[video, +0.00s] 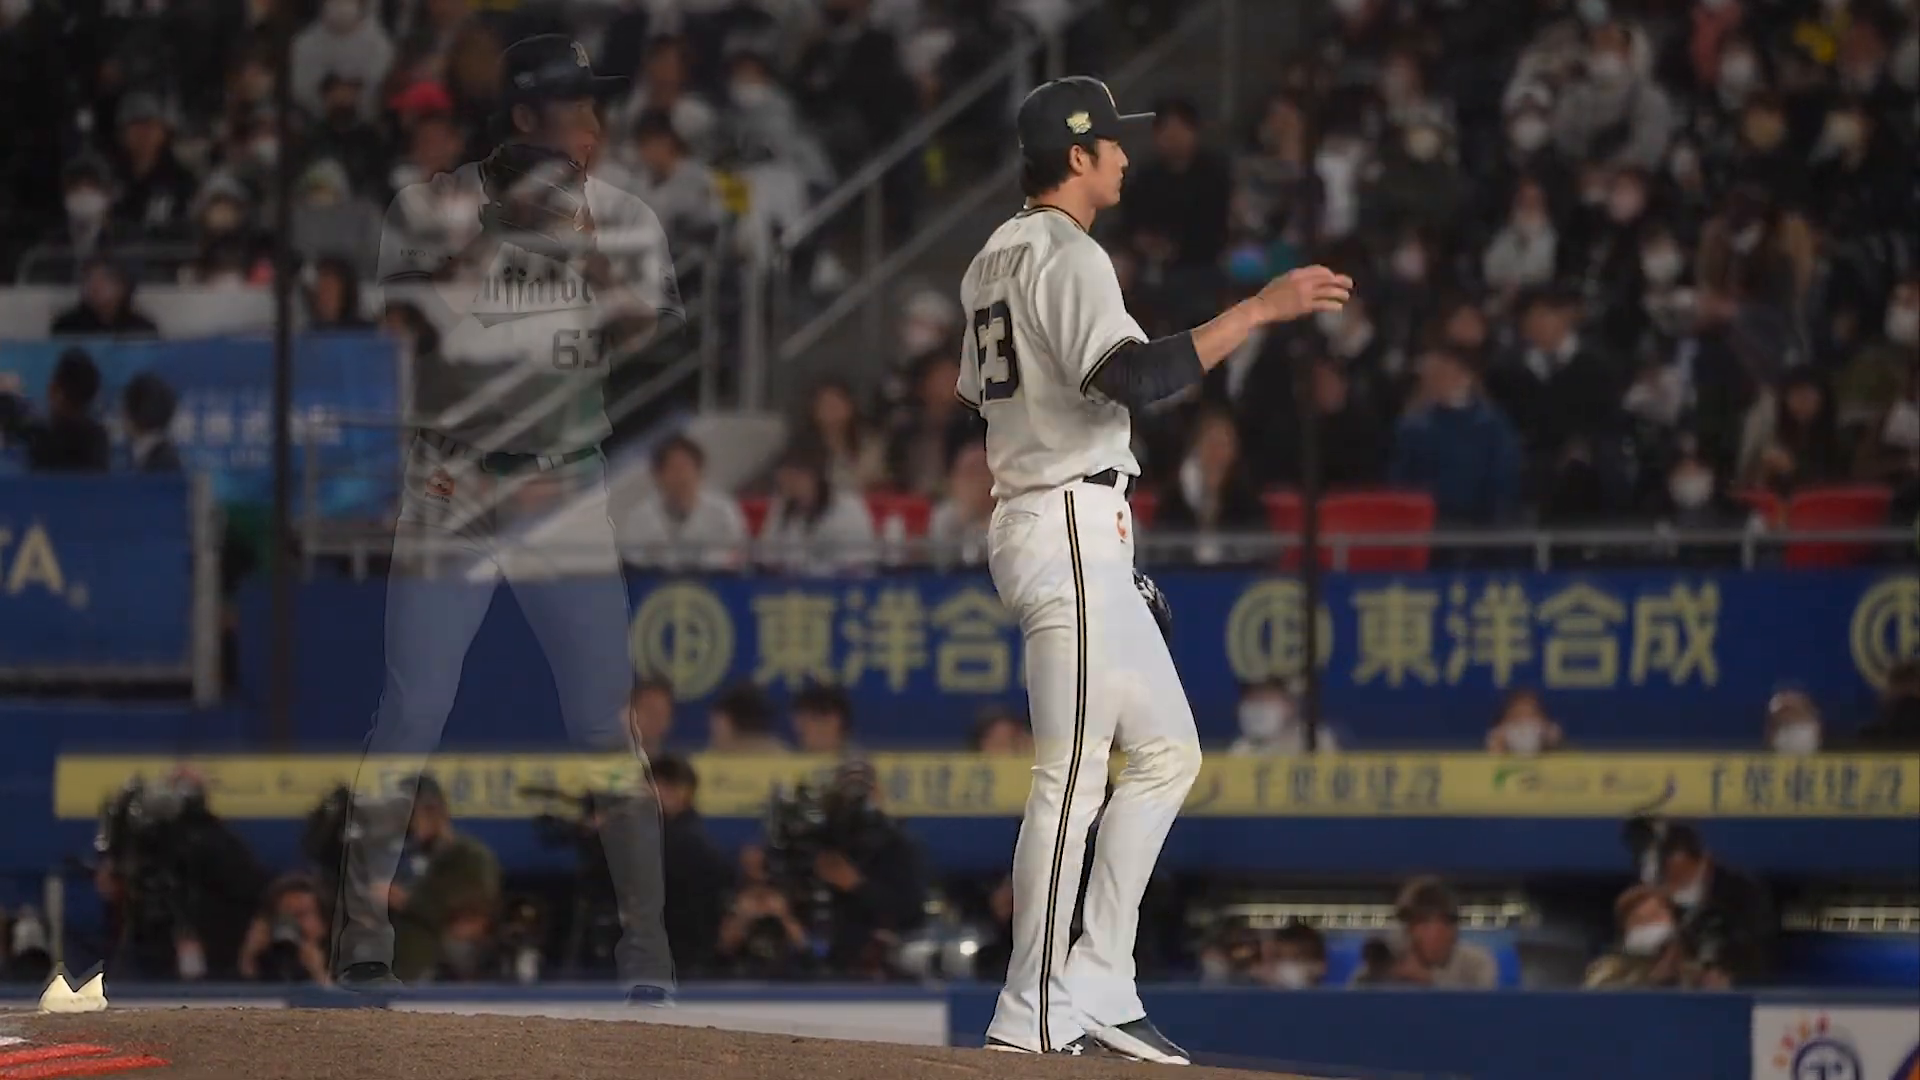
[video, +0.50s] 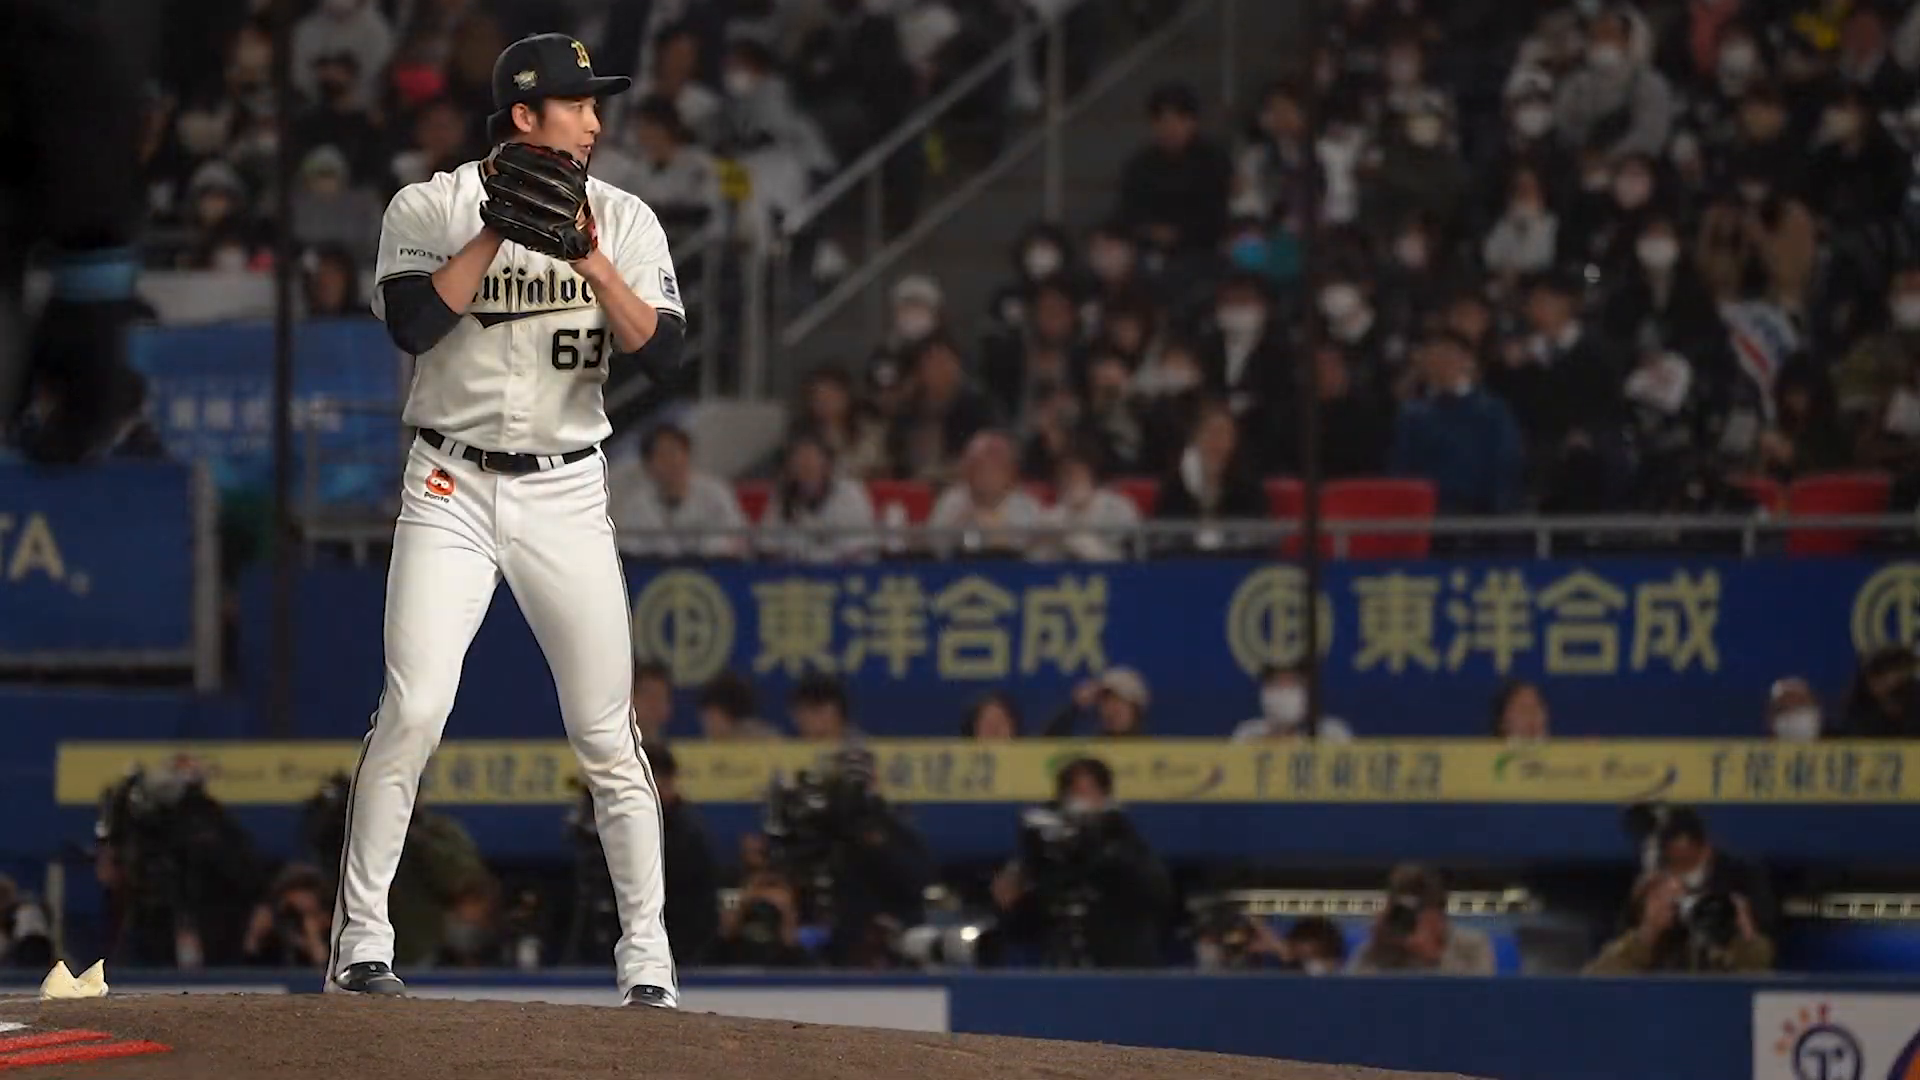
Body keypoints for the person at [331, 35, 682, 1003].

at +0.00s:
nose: (582, 126)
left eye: (591, 106)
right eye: (563, 107)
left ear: (603, 114)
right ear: (517, 110)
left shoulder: (623, 214)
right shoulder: (437, 204)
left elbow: (642, 366)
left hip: (570, 510)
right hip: (449, 511)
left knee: (604, 721)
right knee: (411, 716)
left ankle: (644, 942)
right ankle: (364, 934)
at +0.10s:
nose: (592, 120)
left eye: (596, 104)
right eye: (574, 104)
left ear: (594, 119)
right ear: (520, 113)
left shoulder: (626, 219)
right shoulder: (429, 207)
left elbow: (647, 347)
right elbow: (408, 332)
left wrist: (596, 267)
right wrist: (496, 233)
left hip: (568, 500)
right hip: (448, 495)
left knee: (604, 726)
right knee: (411, 714)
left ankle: (645, 944)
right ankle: (362, 934)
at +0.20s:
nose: (591, 120)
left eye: (595, 103)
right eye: (573, 103)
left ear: (592, 118)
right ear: (519, 113)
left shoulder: (626, 220)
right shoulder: (429, 206)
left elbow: (655, 351)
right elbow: (408, 330)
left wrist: (596, 265)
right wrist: (495, 234)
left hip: (568, 500)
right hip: (448, 492)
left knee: (604, 728)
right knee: (412, 710)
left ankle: (646, 947)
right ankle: (362, 936)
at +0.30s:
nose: (592, 119)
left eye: (595, 103)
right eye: (574, 103)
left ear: (591, 118)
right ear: (520, 112)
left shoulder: (626, 220)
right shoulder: (430, 205)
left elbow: (658, 357)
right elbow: (410, 327)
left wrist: (593, 261)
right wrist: (497, 231)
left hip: (568, 499)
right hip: (449, 490)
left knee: (605, 732)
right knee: (413, 710)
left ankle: (646, 952)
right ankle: (362, 938)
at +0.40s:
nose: (593, 119)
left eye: (596, 104)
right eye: (575, 103)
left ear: (592, 118)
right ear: (521, 112)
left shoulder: (626, 220)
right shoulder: (432, 205)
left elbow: (663, 353)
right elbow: (408, 327)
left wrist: (592, 261)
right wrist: (496, 232)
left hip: (568, 498)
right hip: (449, 489)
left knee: (604, 733)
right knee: (413, 709)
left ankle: (647, 958)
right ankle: (362, 941)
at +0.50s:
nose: (594, 119)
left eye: (597, 104)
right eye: (576, 103)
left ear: (591, 118)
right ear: (521, 112)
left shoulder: (626, 221)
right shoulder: (430, 206)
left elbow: (663, 353)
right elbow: (409, 327)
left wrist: (593, 262)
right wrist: (496, 231)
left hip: (568, 499)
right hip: (448, 489)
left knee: (604, 735)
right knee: (413, 709)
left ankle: (647, 962)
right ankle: (361, 944)